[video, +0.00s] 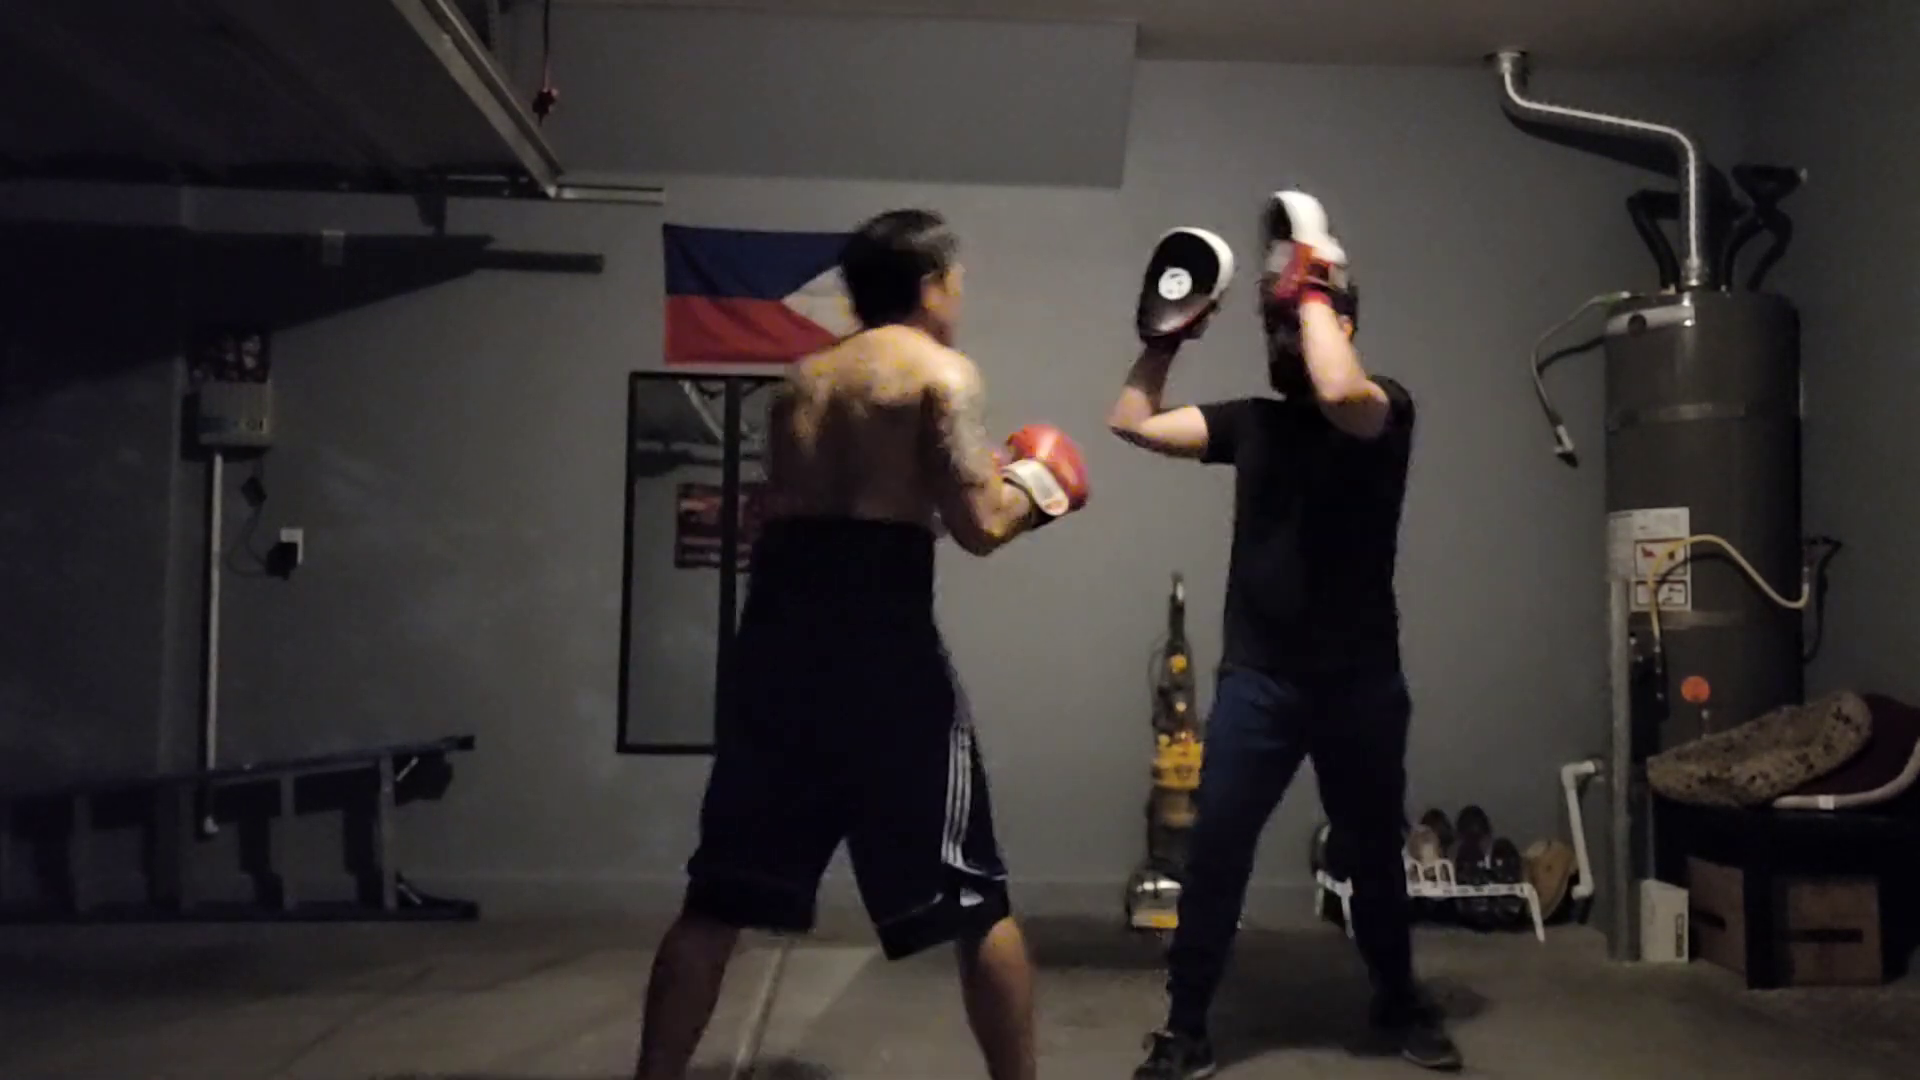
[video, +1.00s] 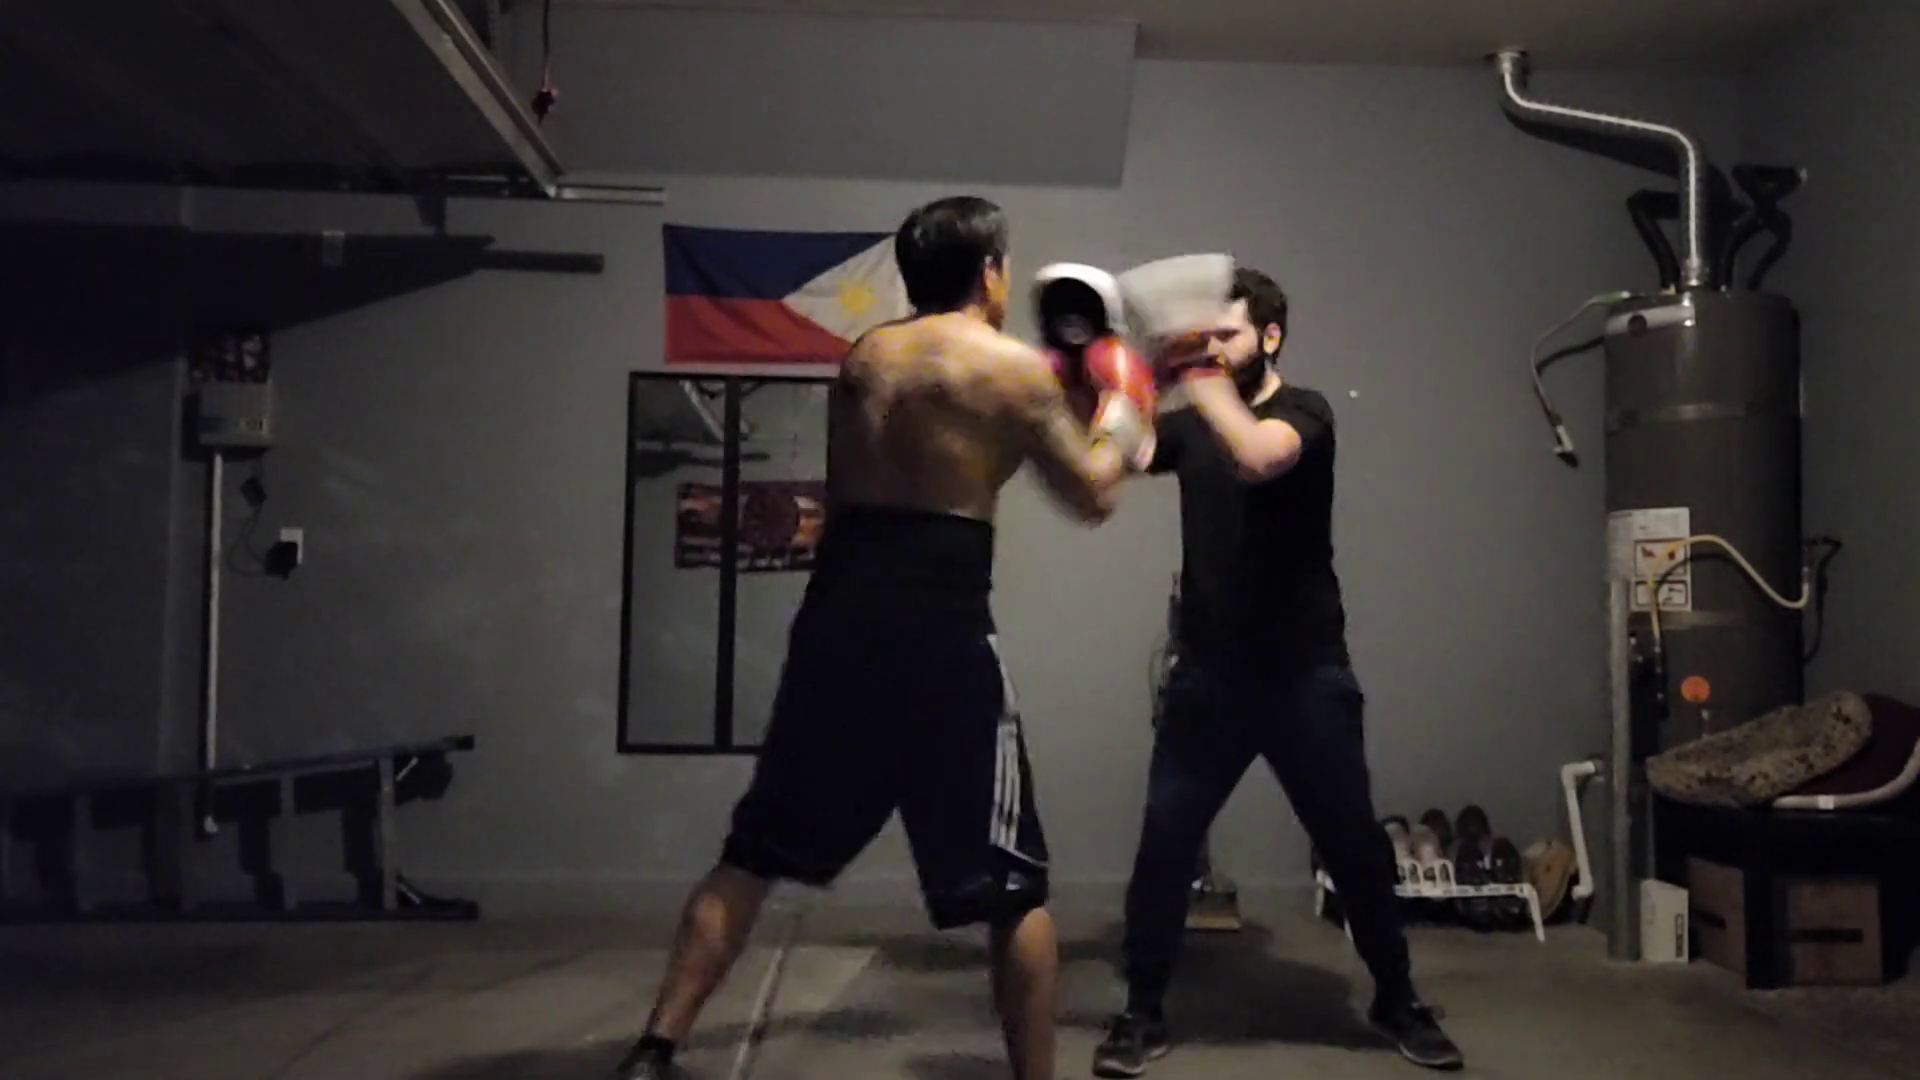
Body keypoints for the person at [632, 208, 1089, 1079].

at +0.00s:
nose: (960, 296)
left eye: (956, 279)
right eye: (954, 280)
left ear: (864, 290)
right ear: (929, 288)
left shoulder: (797, 384)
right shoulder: (940, 374)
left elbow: (805, 514)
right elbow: (980, 524)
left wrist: (997, 473)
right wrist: (1040, 484)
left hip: (777, 657)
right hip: (887, 659)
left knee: (718, 892)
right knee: (977, 895)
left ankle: (655, 1071)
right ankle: (1018, 1072)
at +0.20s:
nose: (894, 290)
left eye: (891, 273)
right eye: (890, 275)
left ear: (796, 284)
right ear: (866, 283)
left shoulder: (738, 374)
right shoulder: (887, 360)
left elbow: (755, 531)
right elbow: (933, 507)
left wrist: (888, 560)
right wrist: (975, 468)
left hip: (740, 657)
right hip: (856, 657)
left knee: (687, 898)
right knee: (959, 876)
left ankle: (649, 1071)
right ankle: (1013, 1068)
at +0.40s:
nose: (888, 290)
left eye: (881, 275)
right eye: (884, 278)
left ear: (790, 289)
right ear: (862, 287)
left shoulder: (735, 379)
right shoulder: (904, 358)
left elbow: (724, 517)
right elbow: (1031, 451)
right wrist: (1003, 390)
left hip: (758, 661)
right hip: (879, 655)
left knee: (691, 888)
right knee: (970, 872)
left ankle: (638, 1069)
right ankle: (1028, 1067)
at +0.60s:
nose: (951, 272)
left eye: (947, 258)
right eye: (948, 259)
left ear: (850, 273)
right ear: (928, 268)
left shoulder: (802, 357)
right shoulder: (972, 348)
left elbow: (837, 466)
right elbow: (1064, 455)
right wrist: (1059, 364)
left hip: (813, 620)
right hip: (924, 622)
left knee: (742, 864)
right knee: (993, 877)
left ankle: (669, 1065)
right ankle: (1031, 1071)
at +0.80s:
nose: (985, 279)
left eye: (978, 266)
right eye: (981, 267)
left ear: (888, 282)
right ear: (967, 277)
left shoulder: (843, 364)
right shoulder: (1014, 348)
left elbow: (867, 485)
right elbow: (1109, 416)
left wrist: (996, 488)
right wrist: (1095, 330)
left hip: (840, 637)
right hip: (951, 641)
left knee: (763, 851)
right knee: (1013, 877)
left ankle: (665, 1045)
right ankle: (1035, 1068)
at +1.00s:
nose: (1008, 278)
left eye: (1003, 262)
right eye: (1005, 265)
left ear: (915, 275)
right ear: (990, 275)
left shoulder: (863, 355)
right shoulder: (1015, 370)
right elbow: (1095, 490)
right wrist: (1129, 403)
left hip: (836, 632)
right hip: (942, 639)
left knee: (754, 852)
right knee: (1014, 885)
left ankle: (656, 1046)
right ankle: (1036, 1070)